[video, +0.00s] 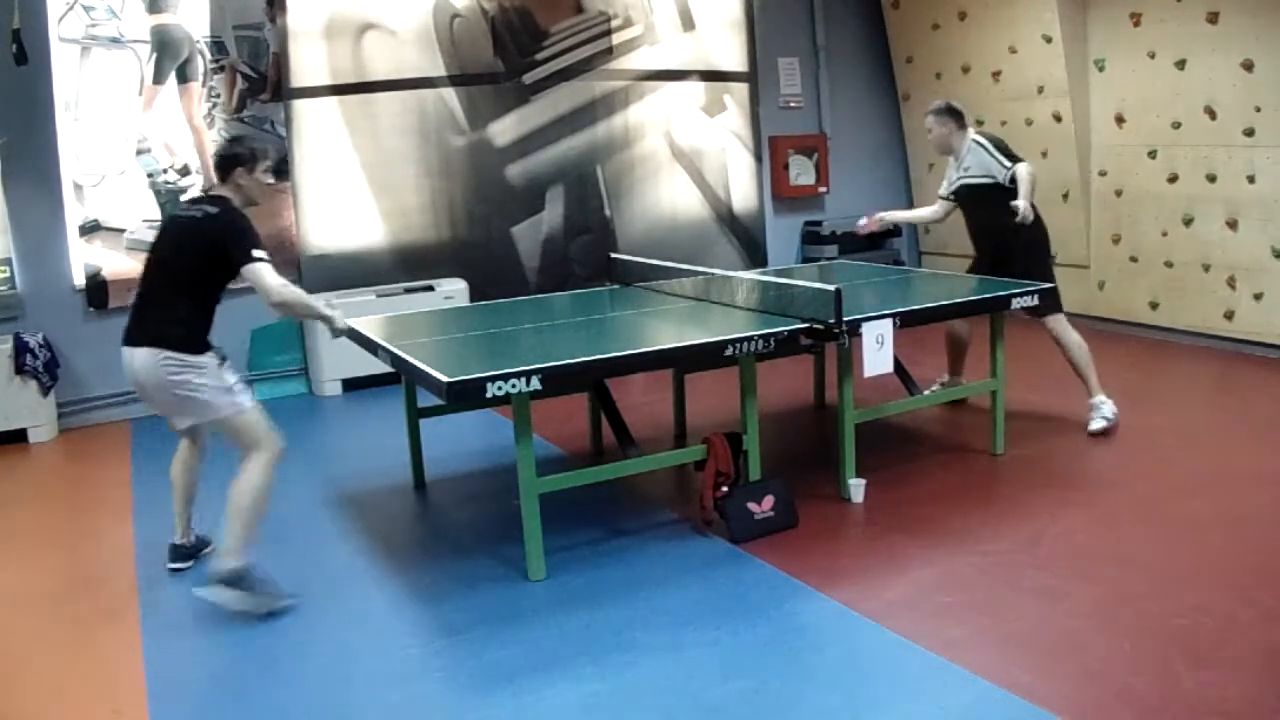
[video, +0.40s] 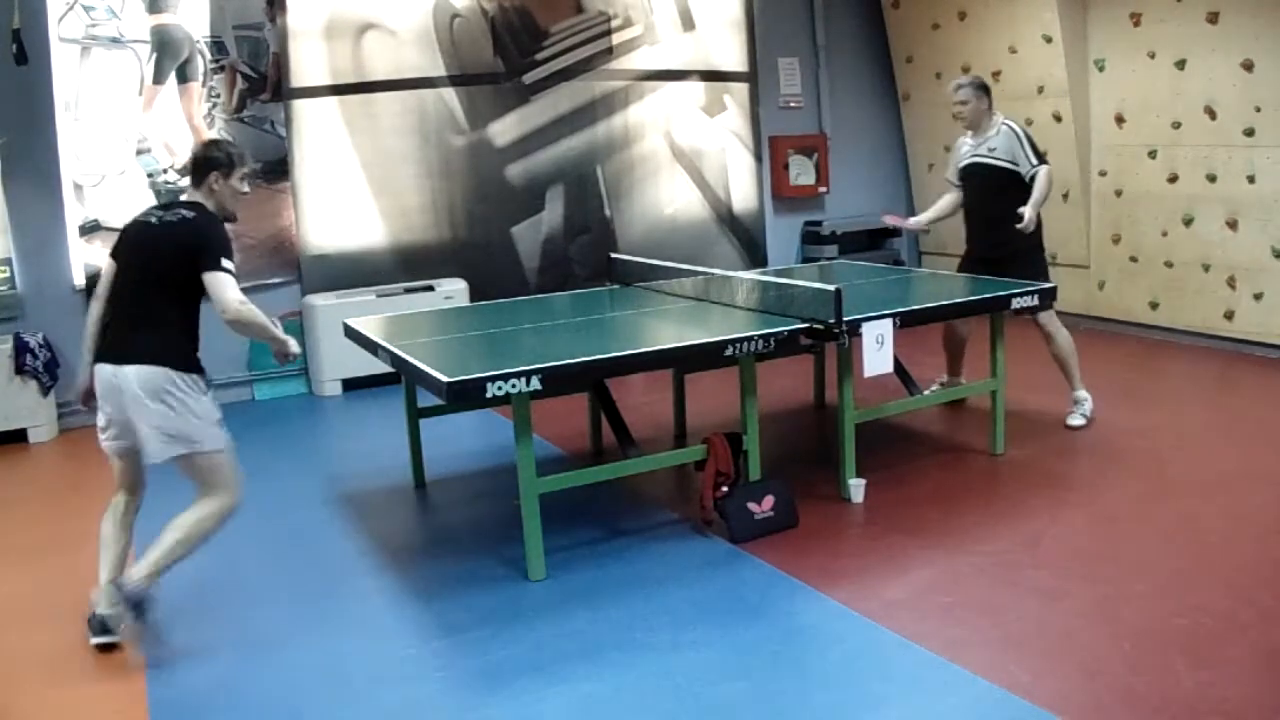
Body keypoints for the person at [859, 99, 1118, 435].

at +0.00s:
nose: (929, 139)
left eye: (931, 131)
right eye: (928, 132)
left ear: (951, 128)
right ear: (946, 130)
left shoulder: (983, 144)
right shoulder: (957, 162)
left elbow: (1023, 170)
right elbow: (938, 212)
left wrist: (1024, 199)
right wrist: (886, 217)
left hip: (1025, 251)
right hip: (991, 254)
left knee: (1053, 321)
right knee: (956, 314)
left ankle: (1100, 400)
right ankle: (953, 381)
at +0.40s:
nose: (957, 111)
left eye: (963, 104)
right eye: (954, 105)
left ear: (985, 102)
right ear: (956, 108)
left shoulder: (1010, 133)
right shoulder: (963, 145)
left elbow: (1043, 171)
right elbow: (957, 194)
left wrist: (1033, 206)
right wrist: (920, 221)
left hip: (1020, 249)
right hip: (979, 250)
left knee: (1046, 320)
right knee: (954, 319)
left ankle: (1080, 396)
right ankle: (953, 382)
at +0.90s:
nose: (983, 108)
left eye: (989, 100)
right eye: (980, 102)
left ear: (1011, 100)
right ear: (980, 105)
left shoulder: (1037, 131)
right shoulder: (989, 140)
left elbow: (1071, 174)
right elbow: (989, 183)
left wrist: (1066, 220)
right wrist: (962, 212)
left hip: (1053, 238)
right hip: (1016, 240)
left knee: (1072, 314)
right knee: (1000, 310)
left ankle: (1099, 394)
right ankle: (1002, 377)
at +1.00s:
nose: (985, 113)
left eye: (990, 106)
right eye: (982, 107)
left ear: (1012, 104)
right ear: (983, 111)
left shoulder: (1040, 135)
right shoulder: (993, 145)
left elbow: (1074, 177)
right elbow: (994, 190)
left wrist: (1065, 225)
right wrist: (968, 217)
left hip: (1057, 240)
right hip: (1020, 241)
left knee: (1079, 315)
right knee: (1001, 309)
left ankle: (1112, 394)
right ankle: (1002, 377)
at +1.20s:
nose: (974, 134)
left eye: (977, 126)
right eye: (971, 128)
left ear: (997, 120)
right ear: (991, 125)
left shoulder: (1025, 141)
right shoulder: (1005, 151)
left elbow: (1056, 179)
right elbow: (1029, 187)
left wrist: (1035, 224)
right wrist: (1026, 226)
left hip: (1063, 242)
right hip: (1035, 244)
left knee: (1071, 319)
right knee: (997, 302)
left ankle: (1111, 395)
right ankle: (1000, 375)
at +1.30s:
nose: (968, 148)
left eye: (969, 141)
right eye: (966, 142)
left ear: (986, 133)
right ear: (981, 135)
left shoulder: (1012, 146)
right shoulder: (1001, 156)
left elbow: (1044, 179)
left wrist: (1032, 223)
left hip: (1057, 244)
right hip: (1033, 246)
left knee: (1064, 324)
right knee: (993, 304)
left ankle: (1111, 396)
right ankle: (1000, 376)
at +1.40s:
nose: (972, 148)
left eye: (971, 141)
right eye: (969, 142)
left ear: (985, 134)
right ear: (987, 134)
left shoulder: (1013, 147)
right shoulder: (1005, 152)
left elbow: (1039, 182)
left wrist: (1032, 222)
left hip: (1050, 244)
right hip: (1029, 245)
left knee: (1062, 325)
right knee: (987, 305)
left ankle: (1112, 396)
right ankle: (999, 375)